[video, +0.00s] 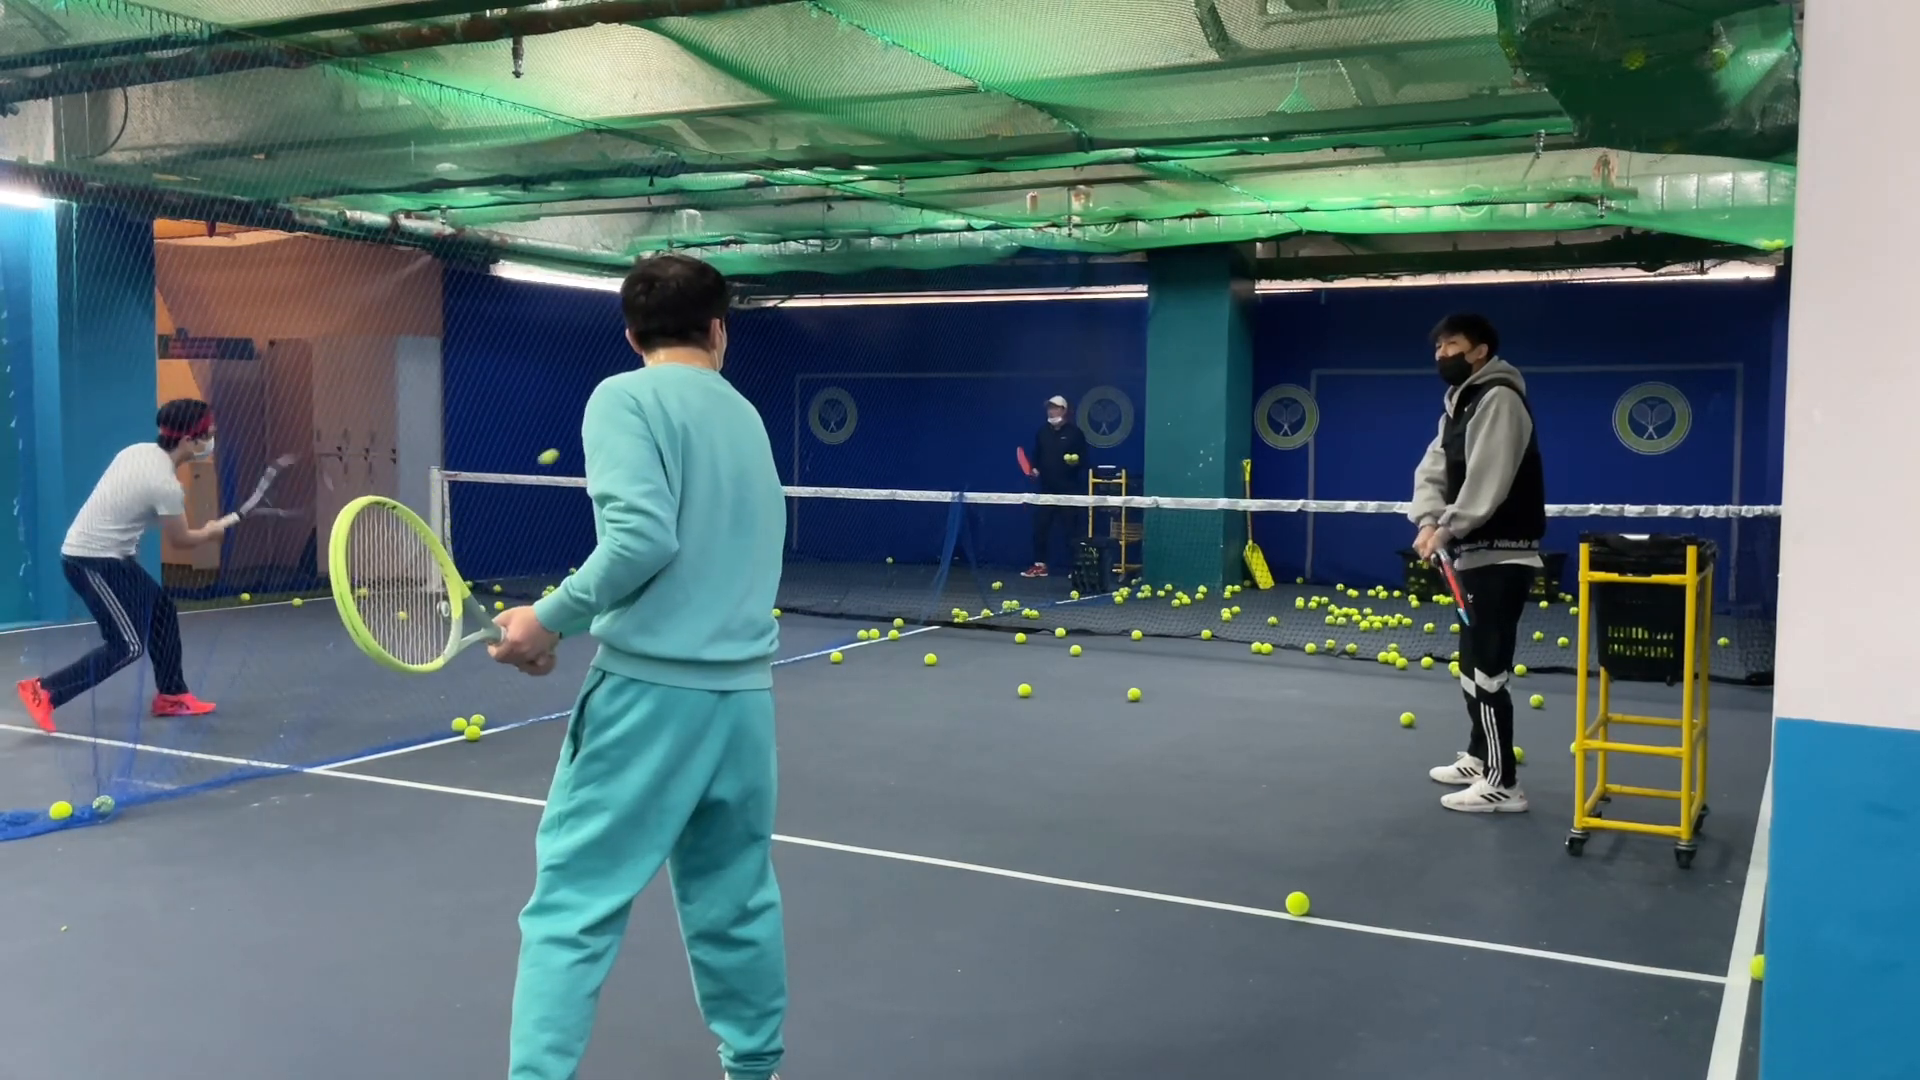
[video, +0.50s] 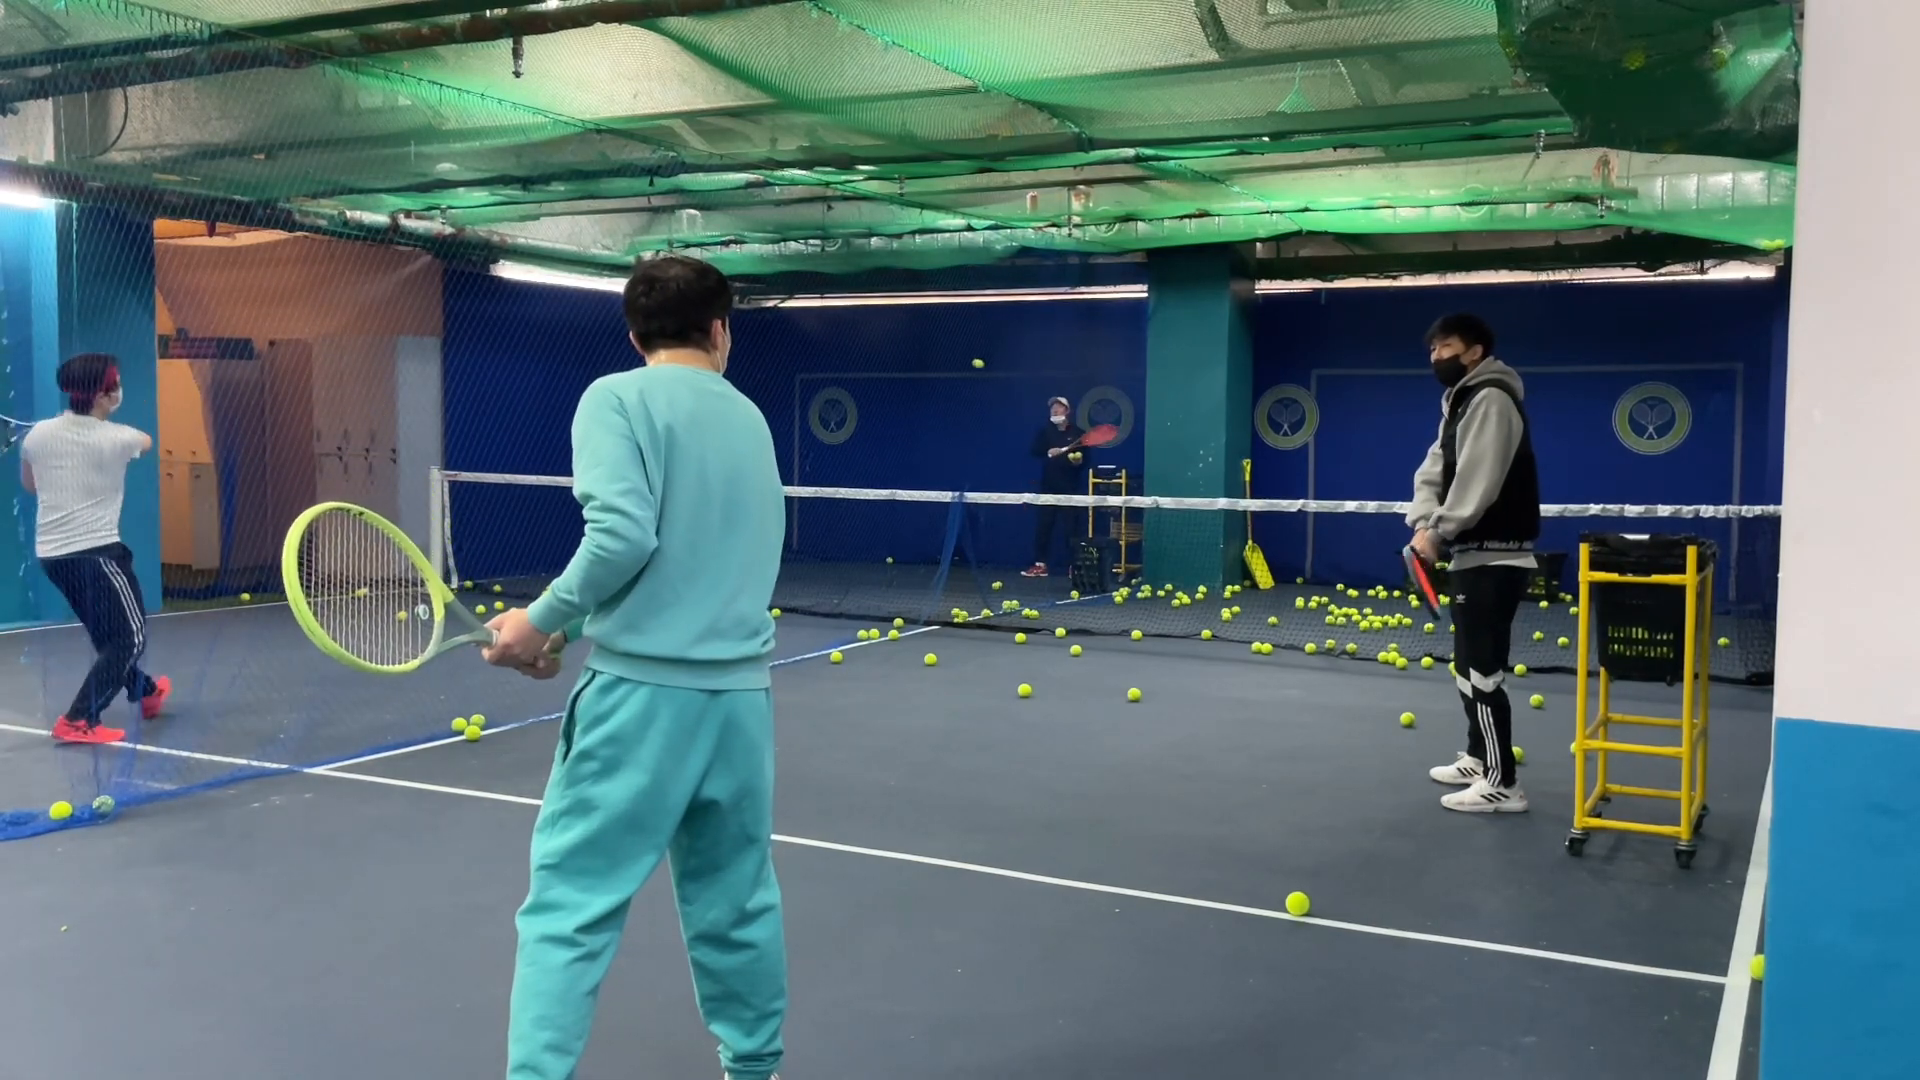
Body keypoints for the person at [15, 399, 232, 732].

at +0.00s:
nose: (208, 442)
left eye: (209, 435)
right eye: (205, 435)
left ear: (169, 432)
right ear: (187, 439)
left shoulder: (137, 451)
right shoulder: (165, 482)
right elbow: (181, 539)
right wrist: (213, 530)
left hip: (113, 555)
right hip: (91, 559)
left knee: (161, 607)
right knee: (129, 646)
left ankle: (171, 694)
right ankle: (44, 692)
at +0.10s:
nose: (202, 426)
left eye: (202, 418)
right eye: (198, 419)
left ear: (163, 417)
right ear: (180, 422)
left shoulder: (128, 438)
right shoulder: (172, 466)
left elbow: (94, 479)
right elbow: (190, 514)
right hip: (101, 549)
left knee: (159, 608)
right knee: (137, 641)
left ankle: (171, 693)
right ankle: (53, 687)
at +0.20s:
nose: (185, 411)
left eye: (185, 403)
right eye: (181, 404)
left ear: (145, 404)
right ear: (165, 408)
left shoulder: (109, 432)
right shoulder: (167, 454)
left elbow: (85, 478)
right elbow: (192, 493)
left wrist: (133, 494)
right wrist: (184, 467)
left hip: (90, 545)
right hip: (113, 550)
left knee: (160, 607)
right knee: (148, 635)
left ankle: (171, 693)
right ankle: (70, 689)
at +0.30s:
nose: (166, 403)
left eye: (165, 396)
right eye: (161, 397)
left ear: (123, 401)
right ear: (144, 404)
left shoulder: (86, 436)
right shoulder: (153, 448)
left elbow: (69, 484)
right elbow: (186, 472)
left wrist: (108, 474)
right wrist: (163, 459)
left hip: (86, 551)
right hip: (118, 552)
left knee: (157, 611)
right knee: (154, 636)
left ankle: (170, 694)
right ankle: (89, 706)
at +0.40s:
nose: (142, 397)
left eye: (141, 390)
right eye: (136, 391)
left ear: (100, 397)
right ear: (118, 397)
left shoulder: (61, 437)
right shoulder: (134, 443)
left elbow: (51, 486)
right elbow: (169, 453)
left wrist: (90, 480)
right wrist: (125, 437)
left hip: (72, 555)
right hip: (110, 552)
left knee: (131, 628)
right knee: (136, 637)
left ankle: (166, 694)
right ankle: (80, 718)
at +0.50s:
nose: (119, 392)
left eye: (117, 384)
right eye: (114, 386)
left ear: (73, 391)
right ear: (98, 394)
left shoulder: (37, 434)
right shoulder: (115, 437)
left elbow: (30, 483)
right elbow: (146, 441)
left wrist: (67, 472)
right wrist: (101, 430)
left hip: (53, 555)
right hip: (97, 550)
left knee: (104, 630)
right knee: (131, 633)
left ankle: (144, 691)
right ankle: (78, 719)